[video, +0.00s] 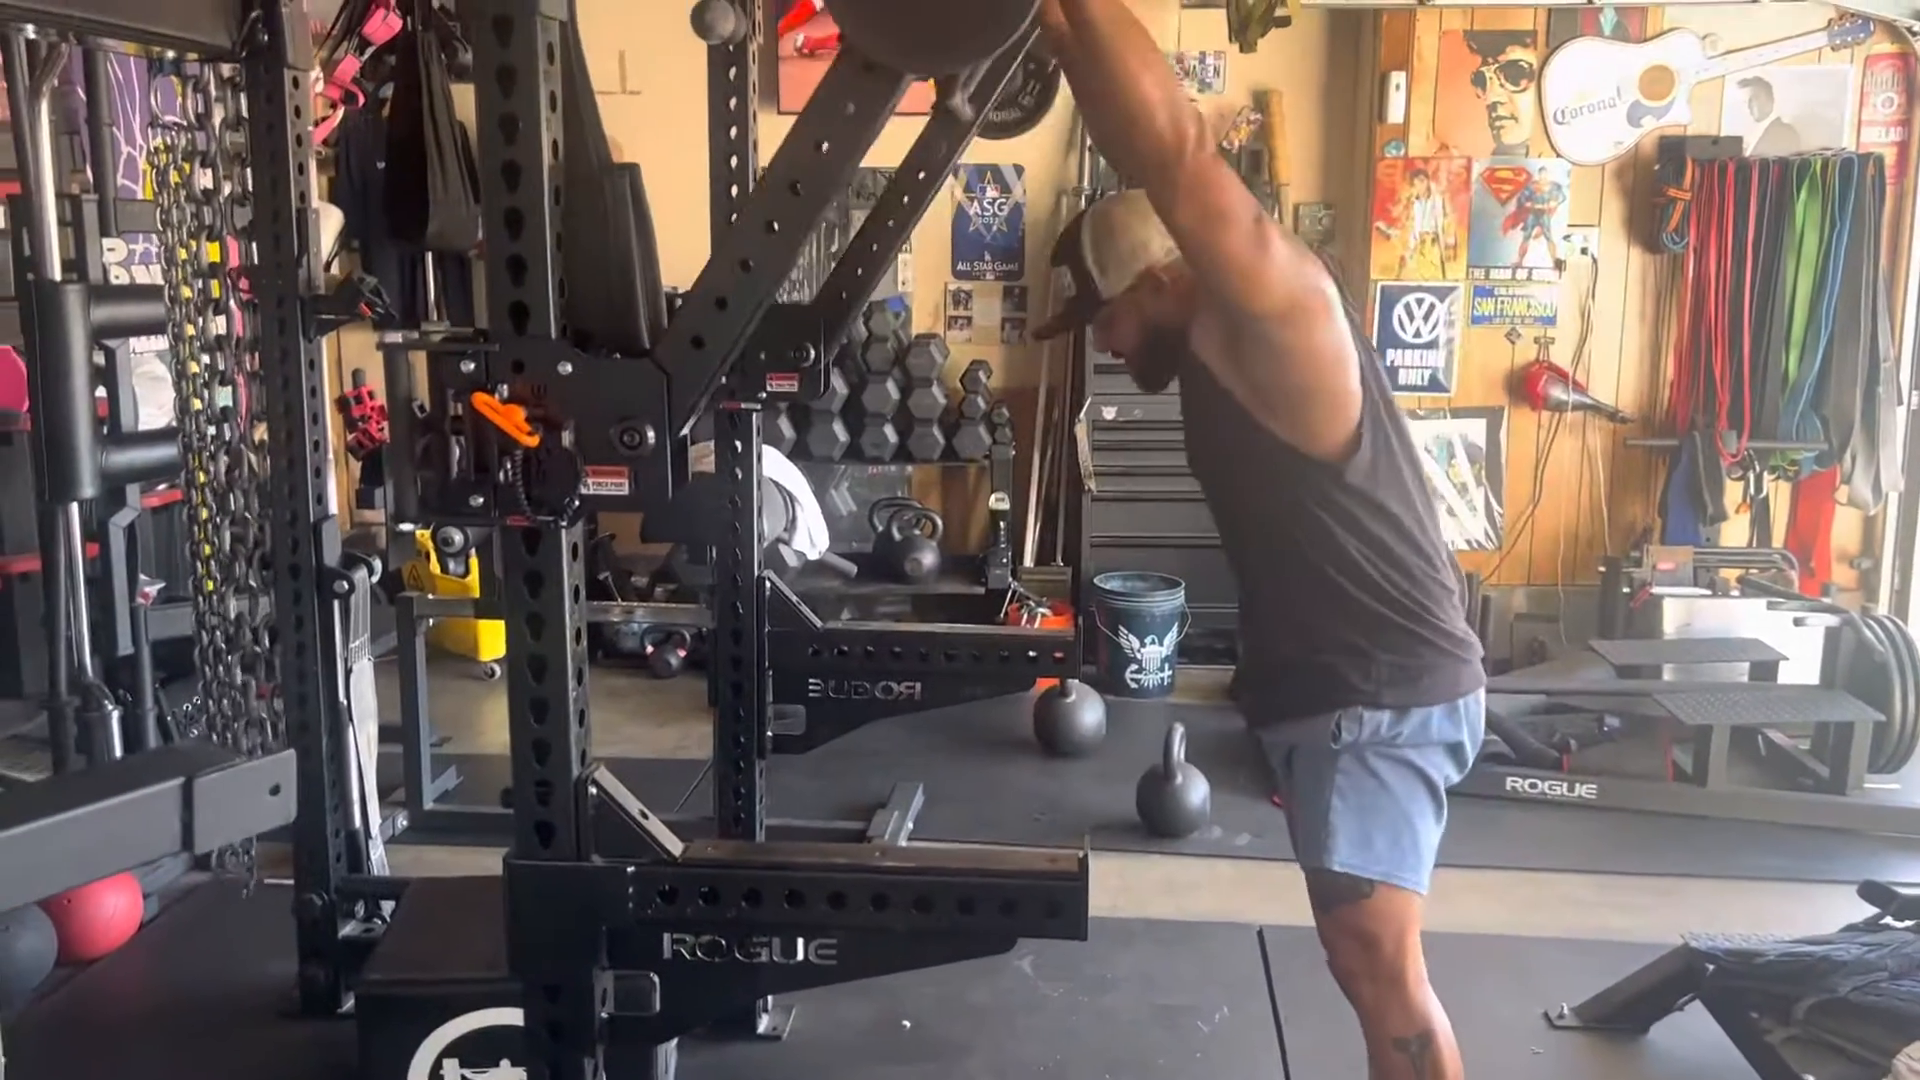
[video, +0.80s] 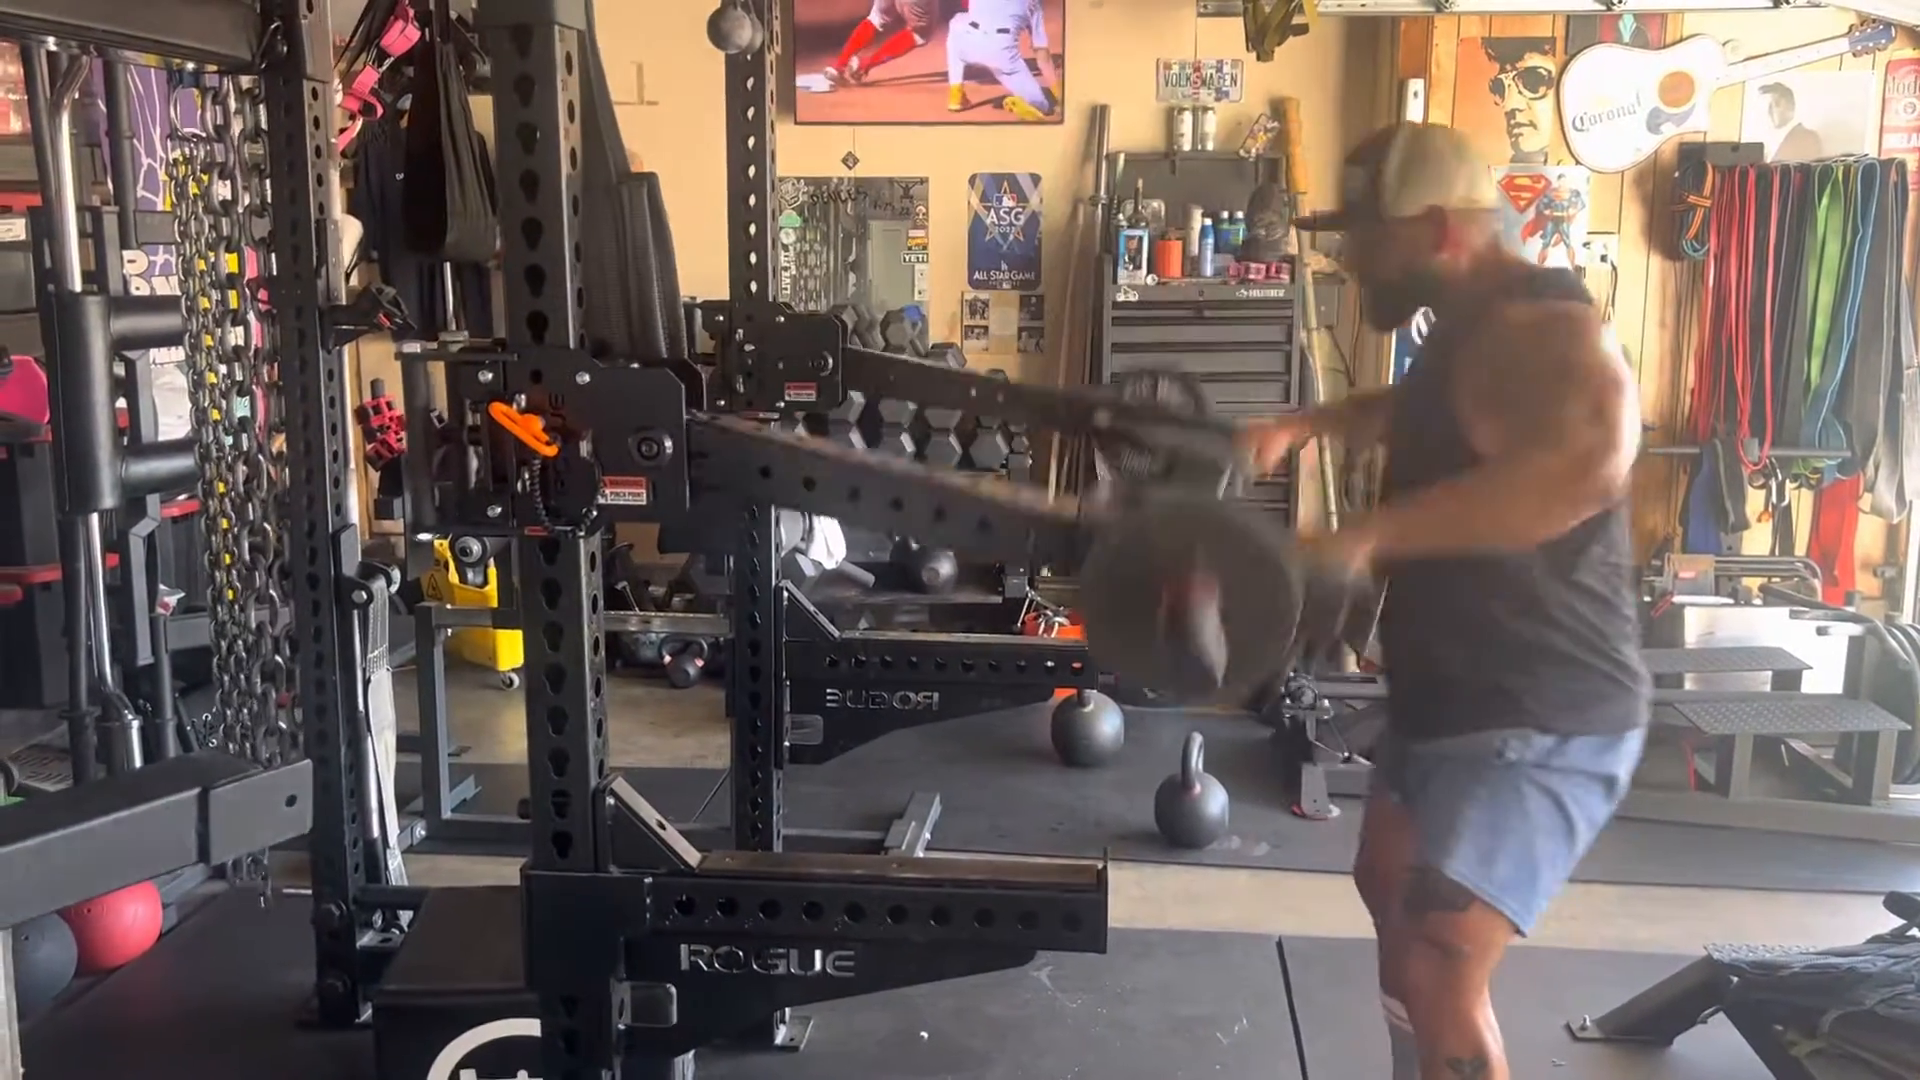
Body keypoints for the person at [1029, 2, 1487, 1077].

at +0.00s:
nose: (1106, 343)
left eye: (1107, 315)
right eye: (1096, 324)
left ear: (1159, 274)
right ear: (1159, 276)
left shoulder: (1270, 300)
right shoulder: (1226, 335)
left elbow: (1171, 145)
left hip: (1381, 693)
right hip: (1328, 687)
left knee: (1375, 959)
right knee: (1367, 951)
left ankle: (1420, 1068)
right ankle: (1408, 1061)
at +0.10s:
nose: (1111, 343)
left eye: (1110, 317)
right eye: (1103, 327)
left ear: (1156, 277)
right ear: (1160, 282)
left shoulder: (1266, 300)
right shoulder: (1231, 332)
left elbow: (1167, 146)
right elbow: (1162, 135)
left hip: (1374, 701)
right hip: (1325, 695)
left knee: (1384, 972)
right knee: (1374, 964)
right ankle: (1412, 1062)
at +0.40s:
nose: (1149, 287)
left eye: (1163, 257)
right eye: (1150, 261)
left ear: (1232, 246)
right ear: (1231, 241)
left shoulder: (1332, 312)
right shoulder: (1277, 317)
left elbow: (1328, 205)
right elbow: (1254, 206)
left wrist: (1202, 27)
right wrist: (1183, 115)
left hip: (1378, 714)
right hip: (1341, 709)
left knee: (1392, 995)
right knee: (1382, 983)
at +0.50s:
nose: (1161, 285)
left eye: (1173, 257)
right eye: (1156, 259)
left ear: (1243, 237)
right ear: (1241, 242)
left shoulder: (1350, 320)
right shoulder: (1292, 326)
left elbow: (1430, 285)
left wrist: (1281, 115)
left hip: (1396, 717)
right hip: (1351, 707)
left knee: (1400, 984)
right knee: (1390, 975)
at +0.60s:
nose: (1243, 252)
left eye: (1251, 229)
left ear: (1292, 227)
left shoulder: (1376, 312)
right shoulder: (1325, 322)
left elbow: (1535, 385)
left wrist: (1381, 260)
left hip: (1420, 716)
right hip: (1371, 709)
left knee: (1418, 1005)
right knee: (1398, 995)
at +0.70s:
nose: (1260, 249)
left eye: (1272, 224)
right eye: (1258, 226)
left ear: (1346, 224)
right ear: (1343, 224)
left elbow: (1604, 426)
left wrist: (1380, 373)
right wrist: (1218, 412)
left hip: (1493, 704)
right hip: (1376, 700)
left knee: (1422, 980)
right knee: (1389, 971)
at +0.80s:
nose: (1351, 256)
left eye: (1363, 230)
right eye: (1350, 233)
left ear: (1441, 229)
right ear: (1440, 230)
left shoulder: (1545, 323)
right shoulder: (1457, 329)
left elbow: (1588, 467)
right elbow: (1415, 411)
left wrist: (1374, 533)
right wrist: (1302, 426)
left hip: (1543, 710)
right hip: (1447, 693)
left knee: (1442, 969)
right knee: (1387, 876)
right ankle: (1426, 1052)